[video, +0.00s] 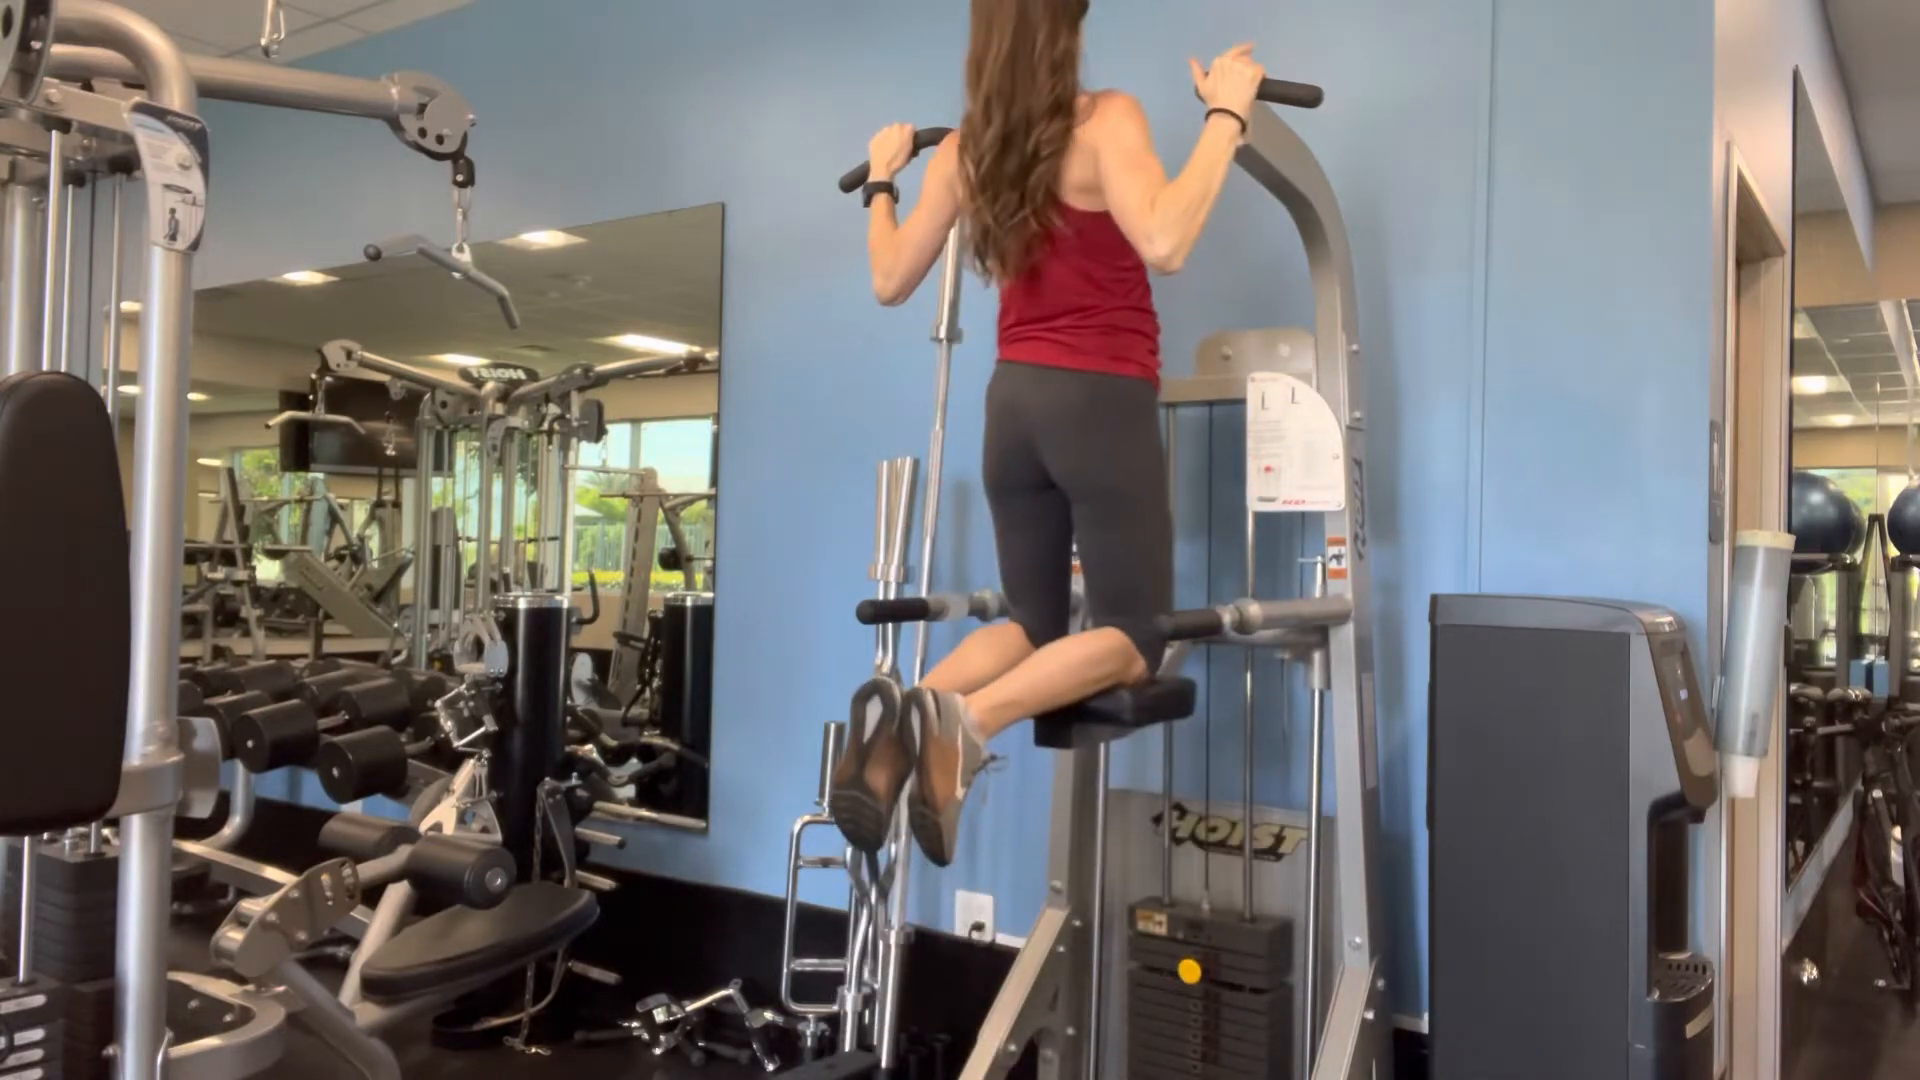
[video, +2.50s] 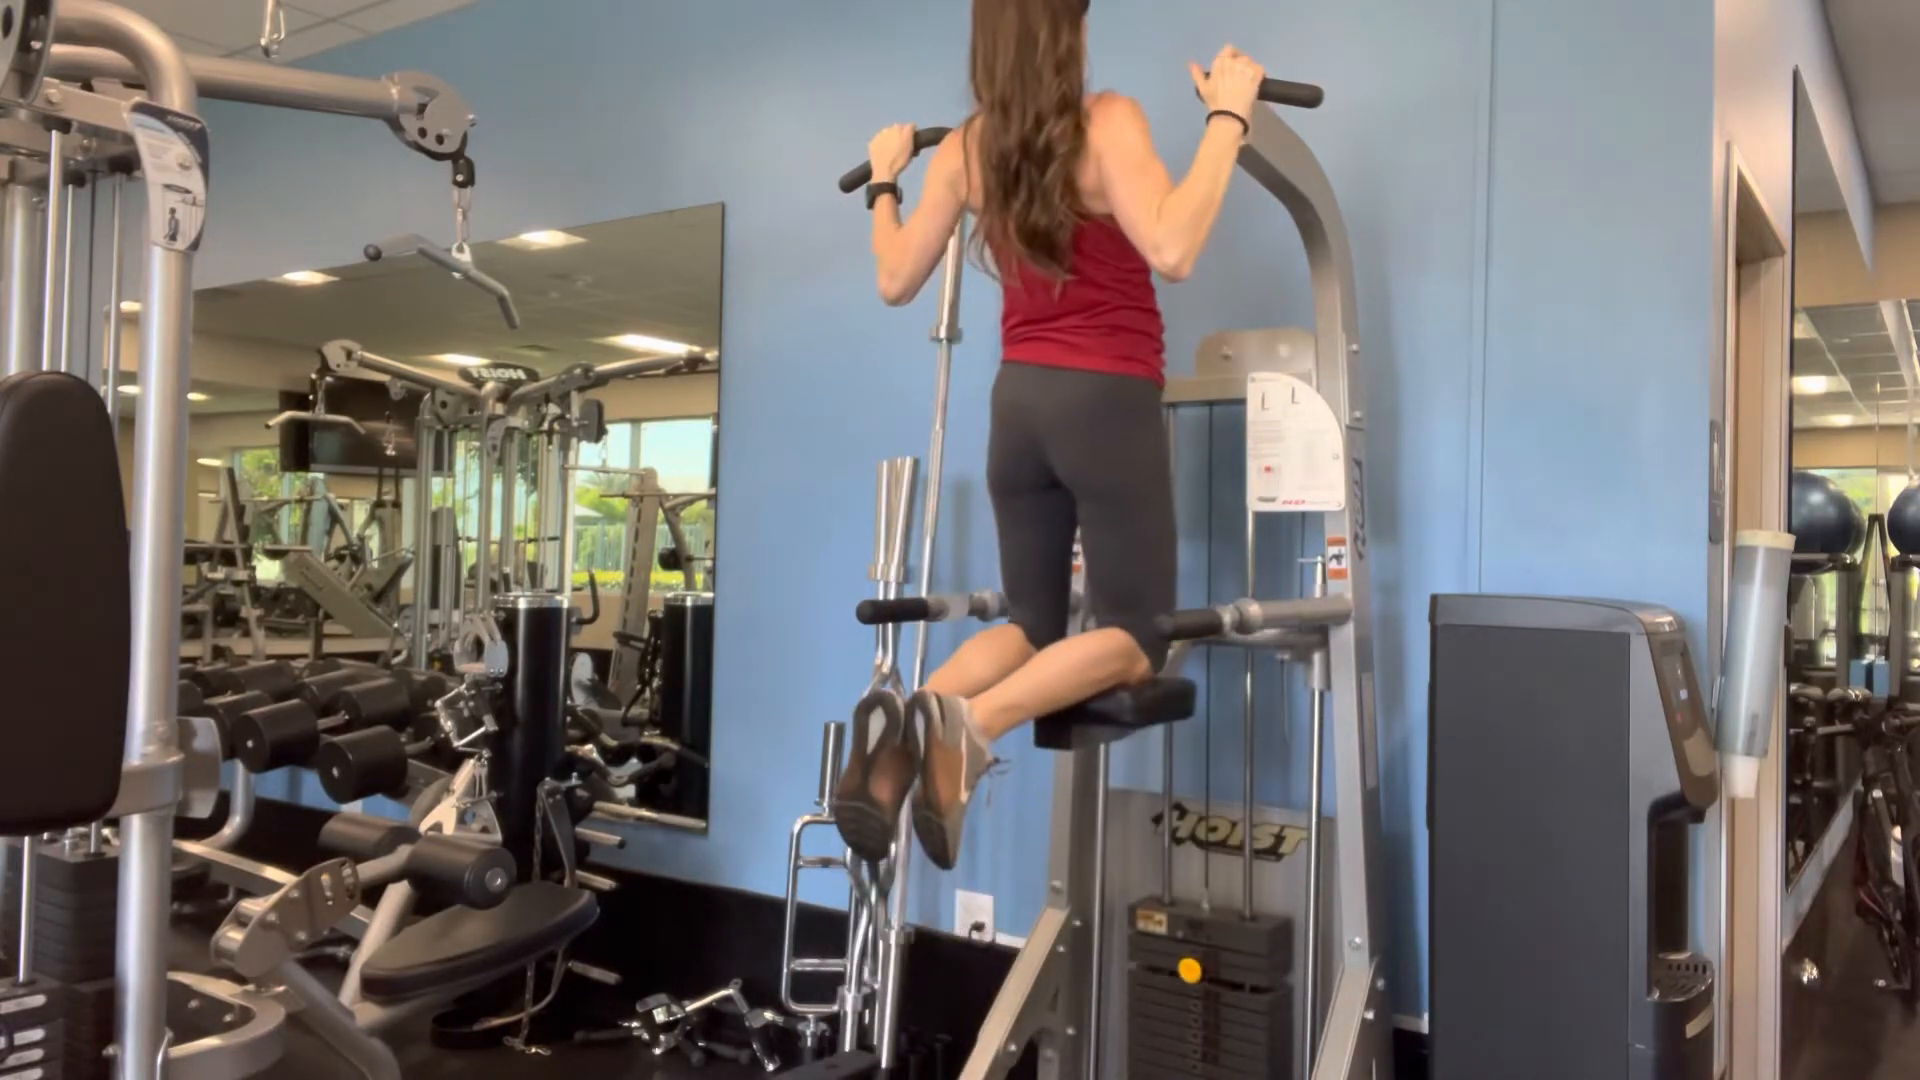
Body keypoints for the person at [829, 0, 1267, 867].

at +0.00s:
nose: (1078, 28)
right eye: (1074, 19)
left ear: (986, 36)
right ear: (1067, 29)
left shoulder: (969, 144)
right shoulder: (1105, 117)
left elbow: (891, 278)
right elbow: (1163, 240)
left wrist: (878, 180)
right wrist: (1227, 116)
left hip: (1012, 403)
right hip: (1099, 401)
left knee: (1032, 624)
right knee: (1134, 640)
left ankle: (906, 714)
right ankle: (969, 722)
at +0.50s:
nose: (1057, 112)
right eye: (1053, 99)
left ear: (956, 122)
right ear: (1042, 111)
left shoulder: (946, 217)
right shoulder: (1084, 193)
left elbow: (879, 295)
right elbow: (1227, 252)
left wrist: (878, 187)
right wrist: (1229, 114)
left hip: (1006, 480)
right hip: (1093, 482)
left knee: (1034, 697)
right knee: (1133, 711)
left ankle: (899, 787)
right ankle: (966, 787)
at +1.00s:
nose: (1056, 336)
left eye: (1032, 331)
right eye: (1046, 329)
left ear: (966, 359)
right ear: (1040, 350)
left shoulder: (971, 428)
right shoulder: (1084, 420)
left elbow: (918, 303)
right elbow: (1186, 278)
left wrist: (888, 185)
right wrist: (1222, 119)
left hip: (1001, 717)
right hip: (1087, 731)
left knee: (1017, 933)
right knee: (1118, 958)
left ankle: (892, 1047)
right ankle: (957, 1065)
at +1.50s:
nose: (1050, 305)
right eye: (1041, 294)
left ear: (956, 325)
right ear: (1036, 312)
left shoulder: (955, 403)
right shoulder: (1084, 380)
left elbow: (906, 296)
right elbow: (1210, 274)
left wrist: (886, 184)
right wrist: (1225, 118)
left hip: (994, 676)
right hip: (1085, 682)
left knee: (1018, 889)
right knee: (1122, 911)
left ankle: (899, 993)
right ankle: (962, 1013)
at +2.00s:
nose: (1058, 119)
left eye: (1053, 105)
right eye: (1053, 105)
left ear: (957, 123)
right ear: (1041, 116)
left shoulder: (953, 219)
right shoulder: (1081, 200)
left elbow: (880, 298)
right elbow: (1232, 254)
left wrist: (883, 185)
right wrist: (1232, 116)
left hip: (1003, 493)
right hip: (1092, 498)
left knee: (1028, 716)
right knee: (1131, 727)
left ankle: (903, 833)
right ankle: (969, 831)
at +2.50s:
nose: (1081, 29)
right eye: (1077, 20)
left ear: (987, 39)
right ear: (1068, 31)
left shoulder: (967, 145)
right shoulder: (1105, 120)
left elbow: (896, 278)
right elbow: (1172, 247)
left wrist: (880, 182)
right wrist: (1228, 118)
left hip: (1018, 405)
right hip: (1108, 404)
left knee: (1031, 626)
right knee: (1135, 640)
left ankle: (911, 720)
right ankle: (973, 724)